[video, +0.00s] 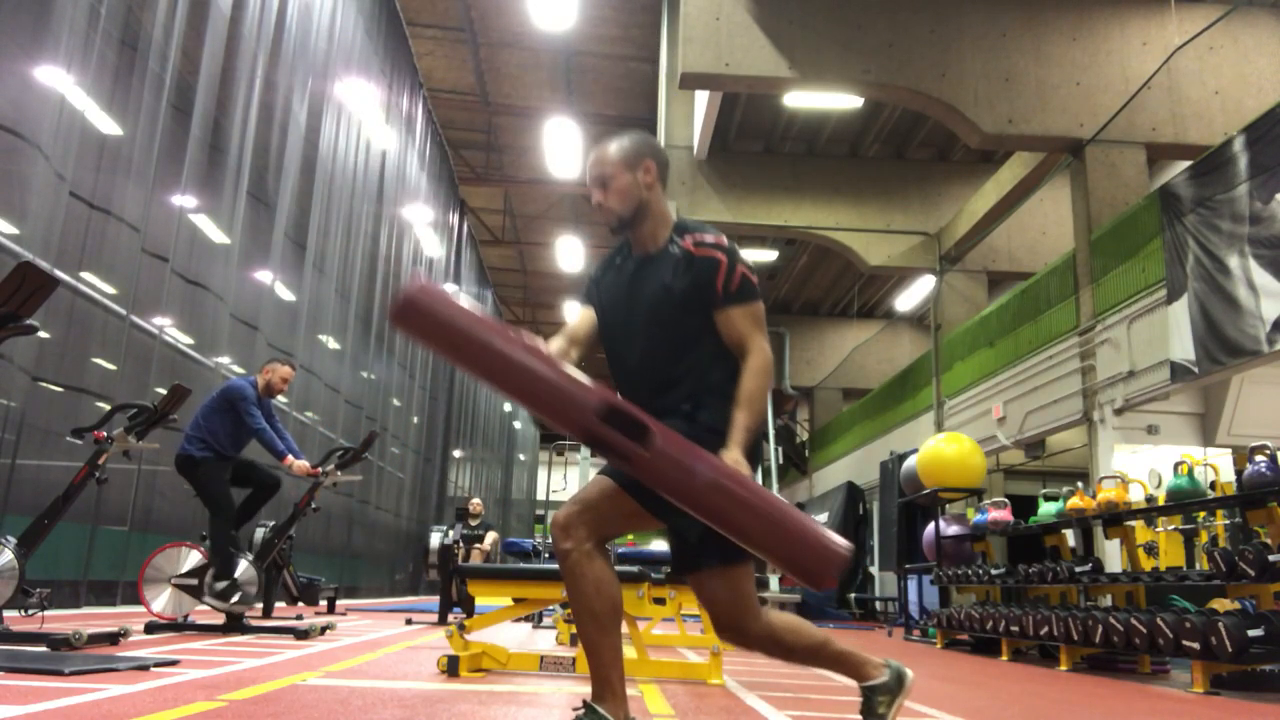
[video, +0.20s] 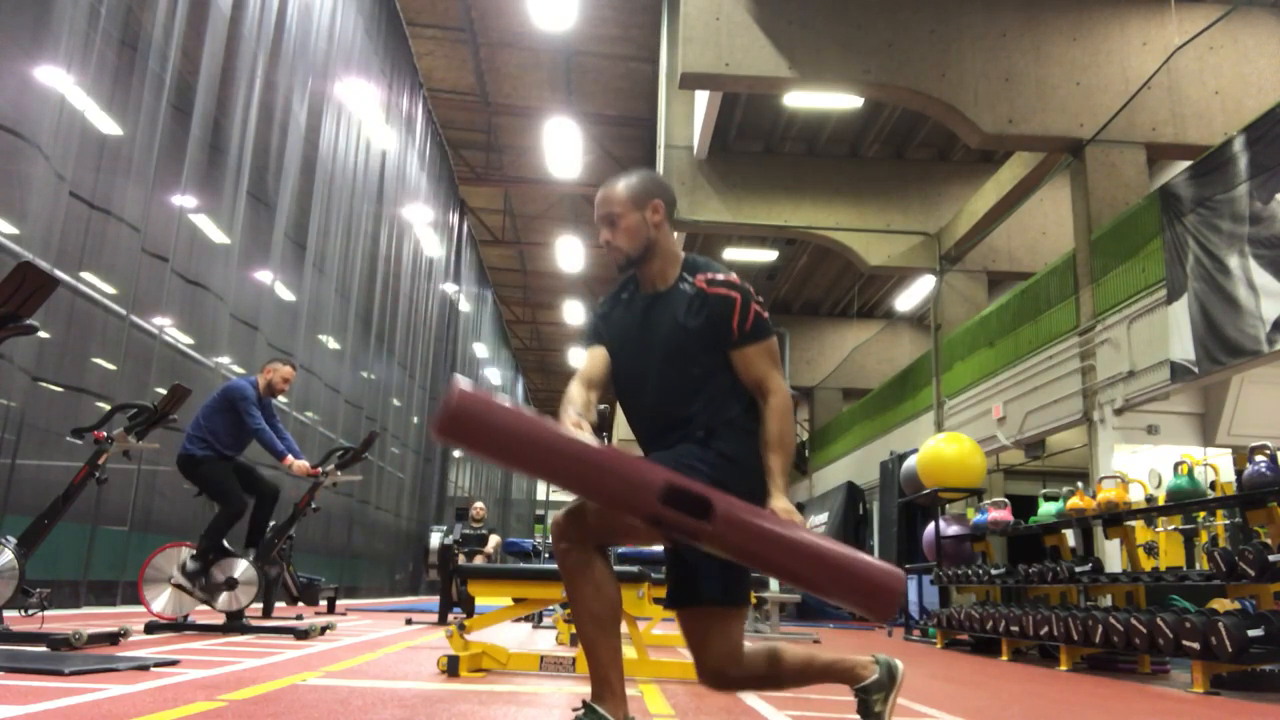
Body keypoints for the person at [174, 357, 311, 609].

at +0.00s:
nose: (285, 388)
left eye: (288, 384)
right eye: (283, 381)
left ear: (275, 380)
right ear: (266, 373)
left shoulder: (262, 400)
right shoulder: (241, 389)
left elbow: (278, 430)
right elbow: (259, 428)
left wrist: (302, 462)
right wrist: (288, 461)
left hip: (223, 460)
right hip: (198, 458)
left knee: (270, 483)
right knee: (224, 510)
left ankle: (228, 528)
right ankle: (221, 581)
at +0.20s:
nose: (286, 388)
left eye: (289, 384)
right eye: (284, 381)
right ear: (268, 373)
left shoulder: (263, 399)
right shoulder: (242, 389)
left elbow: (278, 430)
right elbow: (258, 428)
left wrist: (301, 462)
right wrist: (289, 461)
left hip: (223, 460)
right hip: (198, 457)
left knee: (269, 492)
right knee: (236, 505)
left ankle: (252, 553)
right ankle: (196, 562)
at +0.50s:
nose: (285, 389)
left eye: (288, 384)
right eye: (284, 381)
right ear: (269, 372)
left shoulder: (264, 405)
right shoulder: (232, 388)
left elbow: (278, 435)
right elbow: (234, 429)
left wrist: (303, 465)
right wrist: (273, 422)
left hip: (221, 462)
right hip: (197, 456)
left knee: (245, 517)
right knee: (258, 471)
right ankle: (231, 534)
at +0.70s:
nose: (283, 389)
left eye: (285, 385)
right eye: (284, 383)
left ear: (273, 376)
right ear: (274, 376)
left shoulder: (257, 400)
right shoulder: (230, 387)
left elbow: (277, 435)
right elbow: (236, 428)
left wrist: (303, 465)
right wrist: (261, 410)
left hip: (225, 461)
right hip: (199, 459)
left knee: (270, 491)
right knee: (237, 504)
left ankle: (224, 536)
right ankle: (229, 575)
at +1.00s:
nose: (283, 393)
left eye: (285, 388)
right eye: (285, 387)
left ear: (271, 379)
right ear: (278, 382)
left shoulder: (259, 403)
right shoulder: (232, 387)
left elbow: (277, 436)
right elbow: (241, 423)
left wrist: (304, 466)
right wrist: (263, 412)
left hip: (222, 461)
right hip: (199, 457)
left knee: (265, 500)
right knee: (244, 496)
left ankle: (255, 560)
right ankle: (198, 550)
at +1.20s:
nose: (285, 389)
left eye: (287, 384)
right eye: (286, 383)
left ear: (271, 377)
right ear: (278, 380)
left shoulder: (260, 403)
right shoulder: (232, 387)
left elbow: (278, 436)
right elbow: (243, 420)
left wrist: (303, 465)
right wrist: (266, 408)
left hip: (220, 462)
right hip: (198, 456)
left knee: (243, 520)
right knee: (260, 471)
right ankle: (224, 526)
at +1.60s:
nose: (283, 390)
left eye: (285, 386)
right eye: (284, 384)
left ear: (271, 376)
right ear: (276, 377)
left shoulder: (260, 400)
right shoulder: (234, 384)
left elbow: (277, 434)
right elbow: (253, 411)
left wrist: (303, 464)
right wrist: (271, 394)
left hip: (227, 461)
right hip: (203, 459)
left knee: (277, 475)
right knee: (228, 515)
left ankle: (246, 529)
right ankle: (205, 578)